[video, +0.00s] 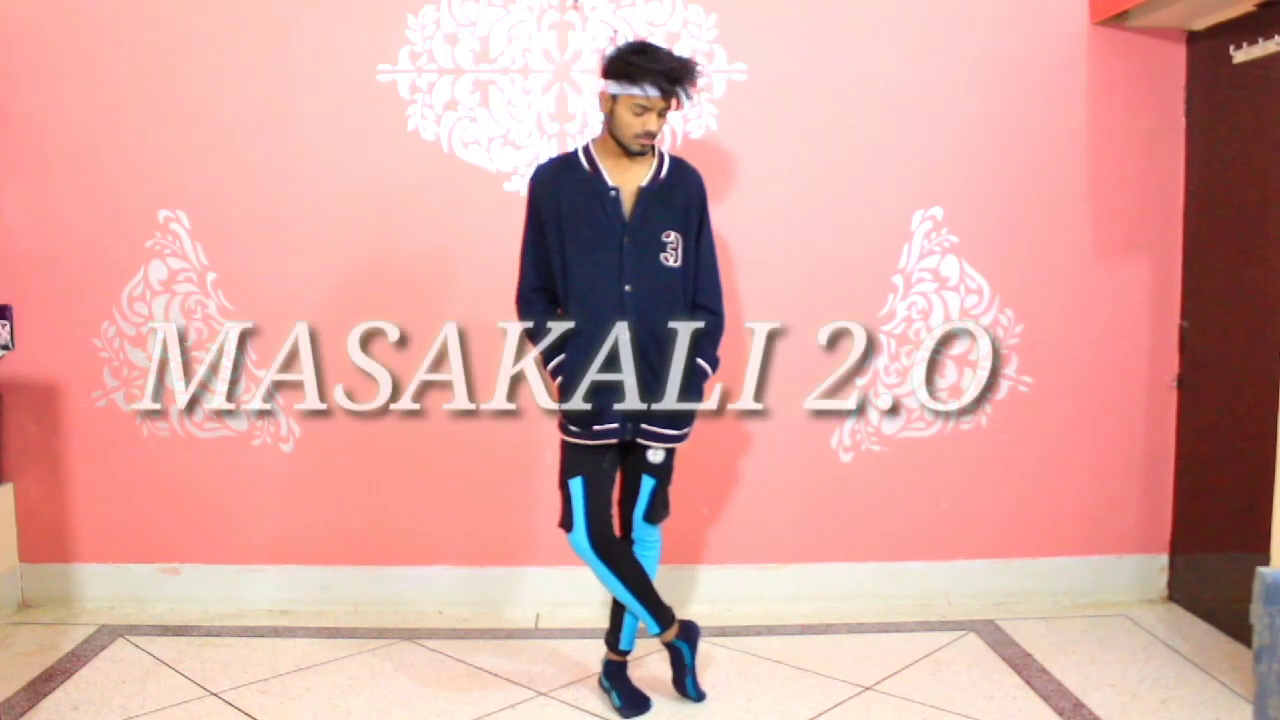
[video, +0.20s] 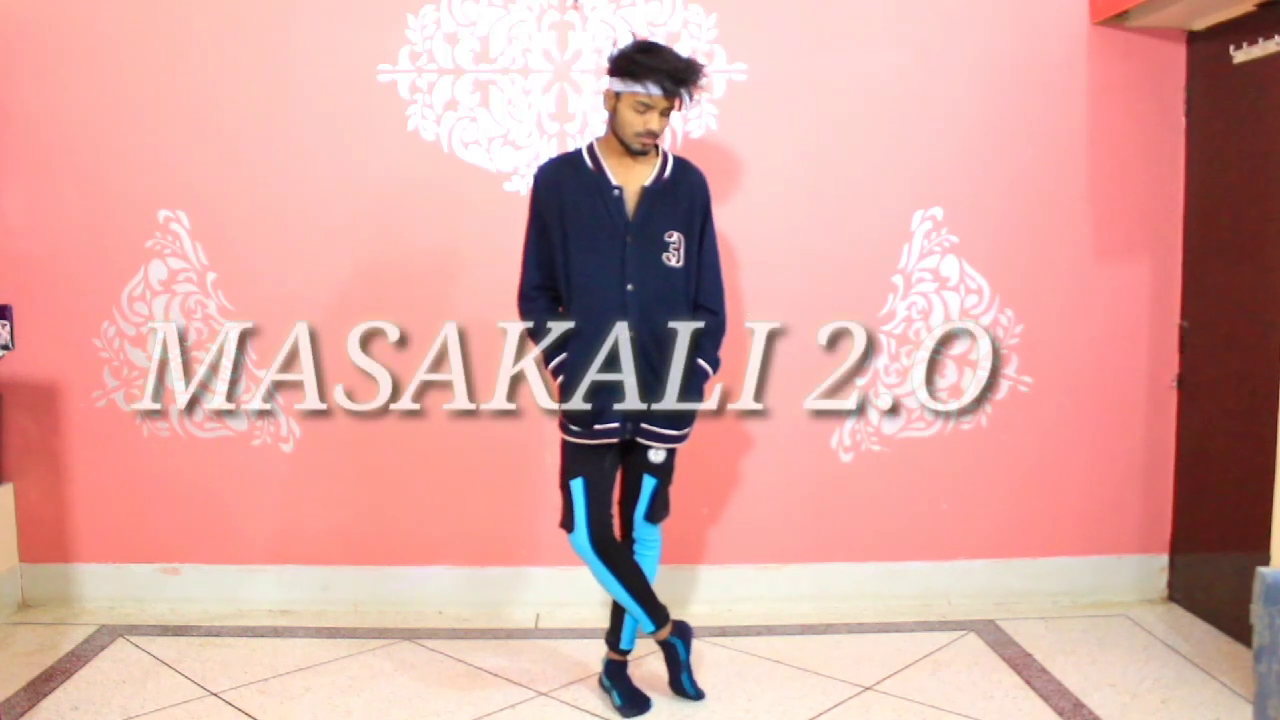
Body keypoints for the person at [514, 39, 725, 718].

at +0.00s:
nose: (654, 125)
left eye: (663, 112)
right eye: (641, 111)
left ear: (671, 111)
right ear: (607, 104)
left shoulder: (682, 182)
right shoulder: (556, 179)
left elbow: (706, 293)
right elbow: (534, 291)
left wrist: (698, 370)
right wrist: (561, 363)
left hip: (666, 387)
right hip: (590, 387)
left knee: (644, 527)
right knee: (587, 532)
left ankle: (616, 661)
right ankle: (674, 633)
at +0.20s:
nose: (656, 124)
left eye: (665, 111)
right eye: (643, 109)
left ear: (674, 111)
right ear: (611, 102)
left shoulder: (686, 183)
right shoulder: (560, 178)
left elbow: (708, 292)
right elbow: (536, 289)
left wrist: (701, 367)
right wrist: (562, 360)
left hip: (667, 386)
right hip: (591, 386)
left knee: (643, 526)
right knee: (587, 532)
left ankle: (617, 661)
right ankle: (668, 633)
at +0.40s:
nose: (659, 125)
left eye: (670, 113)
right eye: (647, 109)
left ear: (679, 115)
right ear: (616, 103)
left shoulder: (689, 185)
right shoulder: (563, 178)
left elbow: (711, 296)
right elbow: (539, 290)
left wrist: (702, 369)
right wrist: (566, 361)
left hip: (669, 388)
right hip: (593, 386)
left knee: (645, 527)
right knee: (583, 531)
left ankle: (616, 661)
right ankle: (670, 632)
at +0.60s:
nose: (665, 126)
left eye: (676, 114)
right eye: (653, 110)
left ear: (686, 115)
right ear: (622, 102)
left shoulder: (694, 186)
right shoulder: (568, 176)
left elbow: (713, 294)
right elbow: (541, 286)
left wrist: (704, 367)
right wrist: (566, 355)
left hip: (669, 386)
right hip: (593, 383)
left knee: (644, 526)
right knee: (587, 529)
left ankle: (617, 662)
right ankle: (667, 636)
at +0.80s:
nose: (667, 125)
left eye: (681, 114)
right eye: (656, 108)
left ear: (693, 118)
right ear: (629, 101)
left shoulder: (697, 190)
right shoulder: (572, 172)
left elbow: (713, 293)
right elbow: (541, 281)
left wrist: (706, 367)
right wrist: (563, 351)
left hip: (668, 387)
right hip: (591, 383)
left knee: (644, 526)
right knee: (585, 528)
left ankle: (618, 662)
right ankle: (668, 634)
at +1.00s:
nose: (669, 120)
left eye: (683, 110)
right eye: (660, 103)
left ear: (696, 117)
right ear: (635, 98)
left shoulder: (699, 196)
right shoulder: (575, 169)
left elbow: (712, 299)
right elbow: (539, 275)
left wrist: (703, 372)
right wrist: (559, 347)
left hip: (665, 386)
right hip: (588, 380)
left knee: (643, 524)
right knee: (586, 526)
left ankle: (619, 661)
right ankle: (669, 634)